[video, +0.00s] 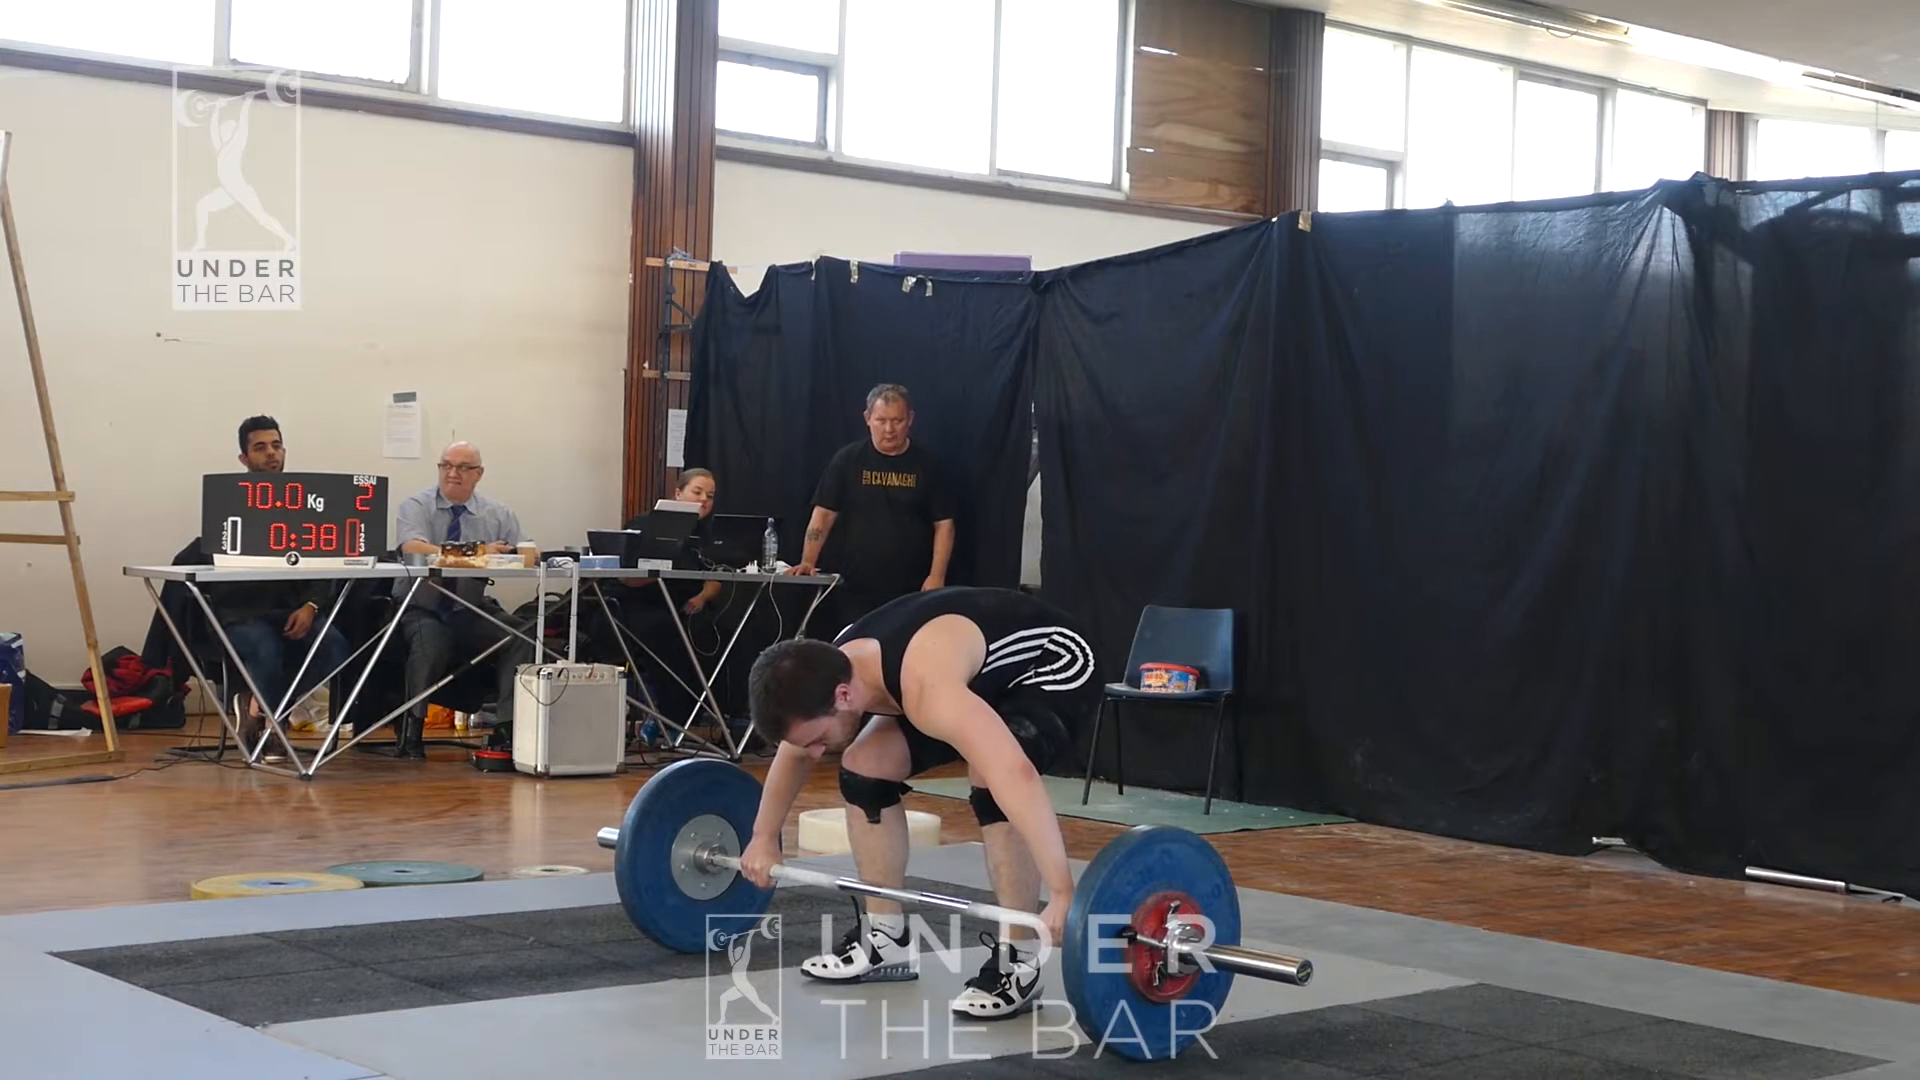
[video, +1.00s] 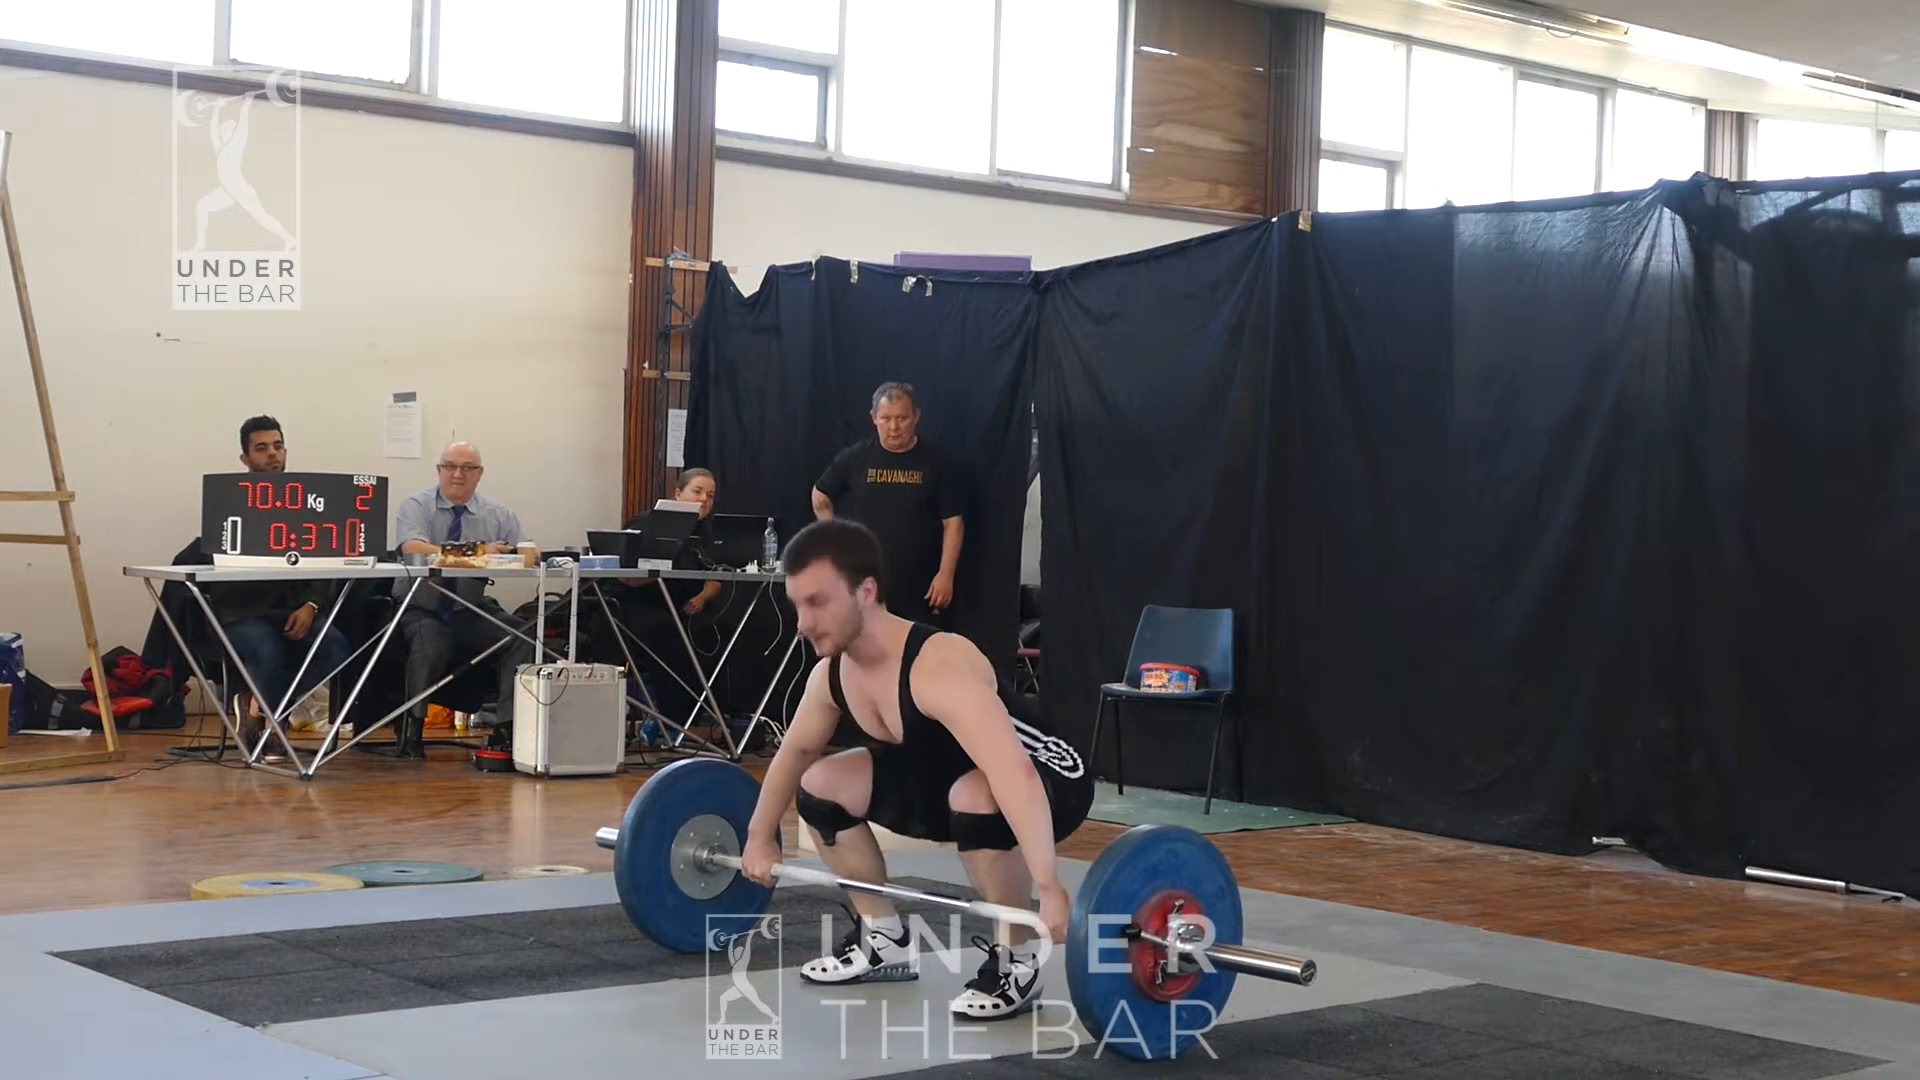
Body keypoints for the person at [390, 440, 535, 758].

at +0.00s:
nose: (453, 474)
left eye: (463, 468)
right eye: (446, 466)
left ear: (479, 474)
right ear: (438, 469)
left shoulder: (499, 514)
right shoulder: (416, 505)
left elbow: (530, 555)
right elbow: (411, 546)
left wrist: (501, 552)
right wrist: (464, 554)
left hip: (475, 608)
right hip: (423, 607)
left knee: (519, 638)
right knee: (430, 643)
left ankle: (507, 731)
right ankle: (412, 734)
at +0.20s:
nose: (453, 474)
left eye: (463, 468)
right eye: (447, 466)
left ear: (479, 474)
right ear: (438, 469)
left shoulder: (499, 514)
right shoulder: (416, 506)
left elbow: (530, 555)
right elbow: (411, 547)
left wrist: (503, 552)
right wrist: (463, 554)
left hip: (475, 608)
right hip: (423, 608)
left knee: (519, 638)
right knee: (430, 643)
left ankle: (507, 730)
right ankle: (412, 733)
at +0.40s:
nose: (453, 474)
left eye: (463, 468)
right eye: (447, 466)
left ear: (479, 474)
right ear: (438, 470)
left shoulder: (499, 514)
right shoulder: (416, 506)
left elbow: (530, 555)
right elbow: (411, 547)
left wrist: (503, 552)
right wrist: (463, 554)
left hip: (475, 608)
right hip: (423, 608)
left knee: (519, 638)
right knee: (430, 643)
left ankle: (507, 730)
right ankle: (412, 733)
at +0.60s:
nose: (453, 473)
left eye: (463, 468)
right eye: (447, 466)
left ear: (479, 474)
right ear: (438, 469)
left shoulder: (499, 514)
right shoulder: (416, 505)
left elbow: (530, 556)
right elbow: (411, 547)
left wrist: (503, 553)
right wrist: (466, 554)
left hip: (475, 609)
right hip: (423, 608)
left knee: (519, 637)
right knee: (430, 641)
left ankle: (507, 731)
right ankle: (412, 732)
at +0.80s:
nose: (454, 474)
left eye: (465, 468)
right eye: (447, 467)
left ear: (480, 475)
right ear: (438, 470)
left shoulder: (500, 515)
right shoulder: (417, 505)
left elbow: (530, 555)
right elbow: (411, 548)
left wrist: (500, 552)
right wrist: (466, 554)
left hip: (474, 609)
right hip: (423, 608)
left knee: (520, 637)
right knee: (431, 644)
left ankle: (508, 730)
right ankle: (412, 734)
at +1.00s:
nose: (457, 474)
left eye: (467, 468)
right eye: (449, 467)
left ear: (480, 474)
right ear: (438, 471)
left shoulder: (500, 515)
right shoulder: (416, 505)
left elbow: (531, 556)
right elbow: (411, 548)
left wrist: (502, 552)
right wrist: (467, 554)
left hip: (474, 609)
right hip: (423, 608)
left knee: (520, 637)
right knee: (431, 644)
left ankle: (508, 730)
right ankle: (412, 733)